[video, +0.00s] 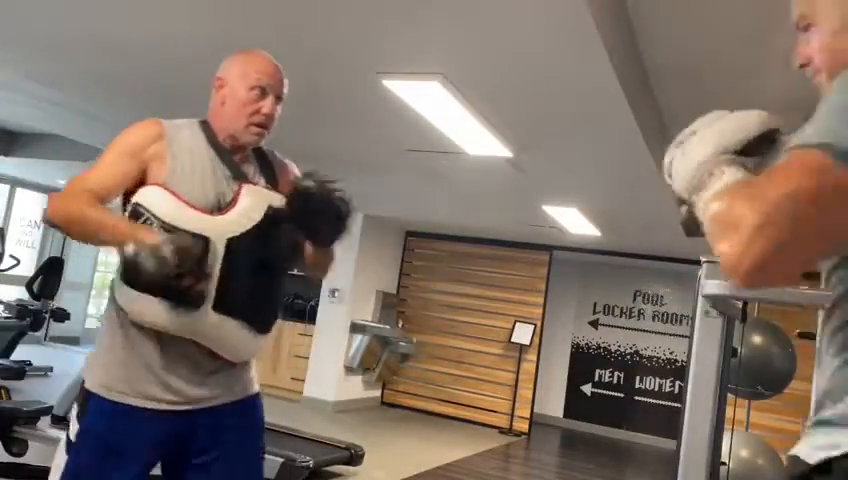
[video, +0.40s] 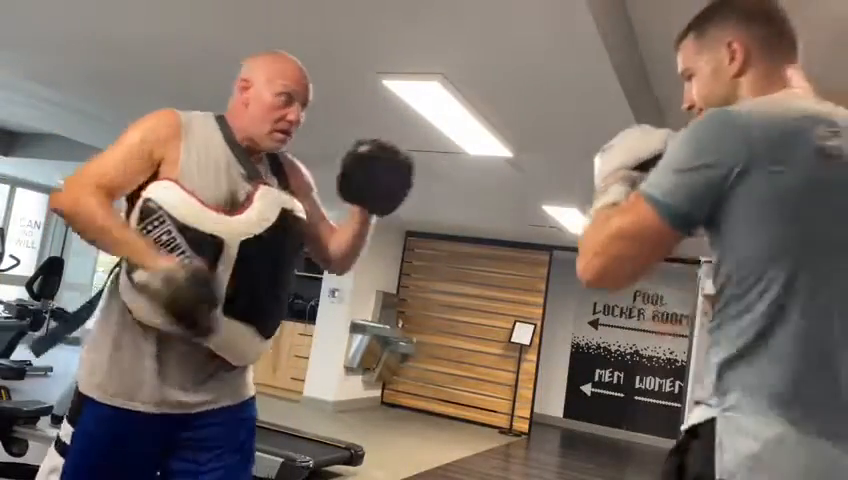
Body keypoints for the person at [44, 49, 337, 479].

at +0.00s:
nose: (270, 109)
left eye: (278, 99)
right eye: (259, 91)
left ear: (282, 108)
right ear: (220, 88)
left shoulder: (281, 174)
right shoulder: (153, 140)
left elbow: (318, 268)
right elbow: (65, 207)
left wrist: (318, 229)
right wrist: (144, 238)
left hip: (229, 402)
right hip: (129, 395)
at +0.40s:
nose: (295, 117)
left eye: (302, 107)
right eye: (285, 99)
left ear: (305, 115)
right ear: (243, 90)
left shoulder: (290, 175)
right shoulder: (169, 131)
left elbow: (335, 257)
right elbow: (75, 197)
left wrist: (365, 202)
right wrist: (157, 263)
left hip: (221, 402)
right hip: (125, 395)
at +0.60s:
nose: (340, 123)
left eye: (347, 113)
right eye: (331, 105)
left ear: (343, 119)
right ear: (289, 93)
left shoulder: (324, 184)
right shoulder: (211, 124)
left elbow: (374, 258)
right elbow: (96, 178)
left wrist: (412, 194)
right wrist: (85, 284)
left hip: (232, 404)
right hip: (137, 386)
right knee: (93, 479)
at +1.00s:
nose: (340, 121)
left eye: (345, 111)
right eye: (332, 103)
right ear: (285, 89)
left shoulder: (307, 179)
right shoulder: (201, 115)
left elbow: (361, 251)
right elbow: (77, 169)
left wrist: (401, 185)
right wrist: (75, 291)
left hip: (224, 418)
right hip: (126, 404)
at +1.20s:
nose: (289, 105)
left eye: (293, 92)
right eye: (283, 82)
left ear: (240, 73)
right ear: (238, 67)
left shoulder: (248, 157)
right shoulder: (144, 106)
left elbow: (304, 233)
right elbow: (27, 185)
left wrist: (354, 161)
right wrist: (66, 313)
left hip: (194, 416)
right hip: (107, 417)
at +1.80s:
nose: (304, 128)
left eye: (308, 117)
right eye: (304, 111)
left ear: (268, 96)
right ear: (274, 93)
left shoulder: (248, 175)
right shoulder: (191, 109)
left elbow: (266, 237)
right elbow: (90, 172)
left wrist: (320, 194)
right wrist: (107, 325)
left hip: (177, 412)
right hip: (102, 408)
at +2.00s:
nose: (325, 137)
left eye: (329, 126)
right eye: (324, 121)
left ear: (295, 105)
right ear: (298, 103)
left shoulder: (275, 183)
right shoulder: (230, 111)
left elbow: (291, 241)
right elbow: (140, 161)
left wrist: (343, 198)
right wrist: (166, 299)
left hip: (196, 392)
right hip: (137, 378)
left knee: (187, 473)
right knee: (104, 474)